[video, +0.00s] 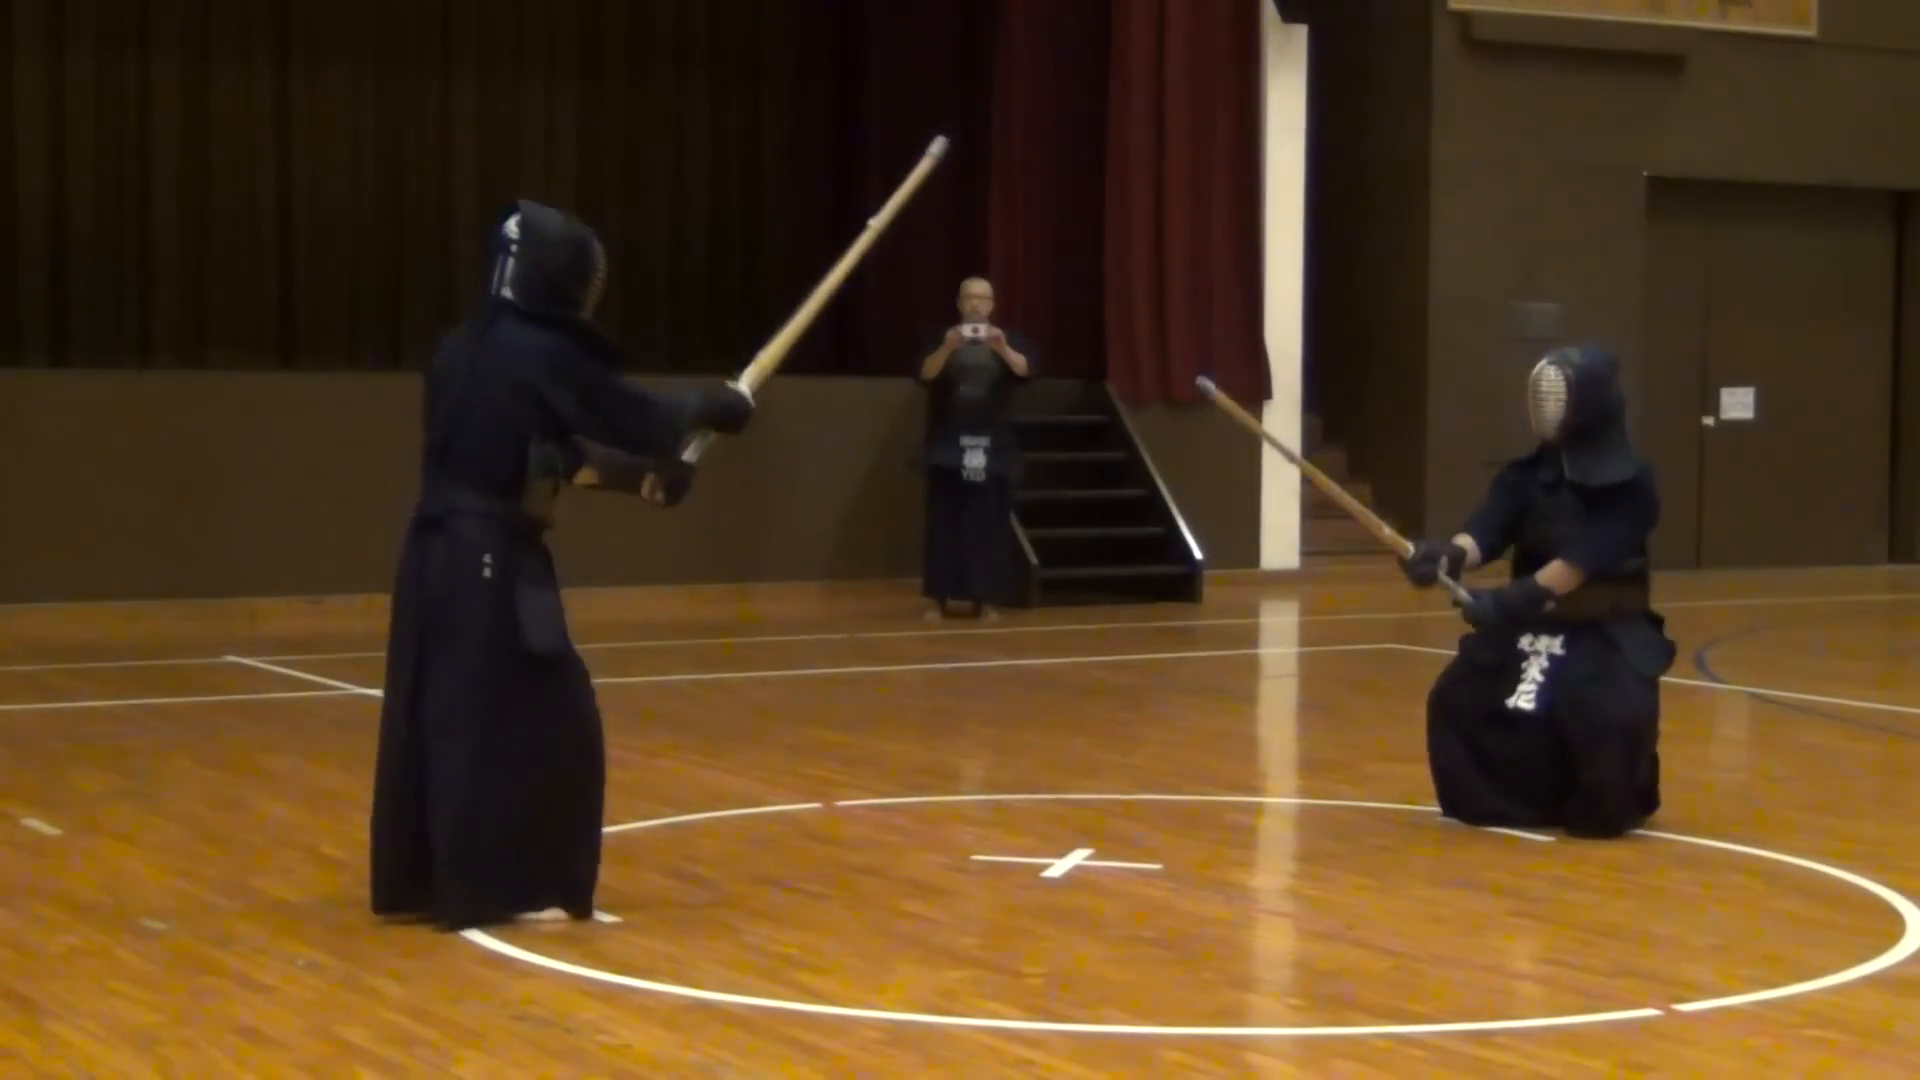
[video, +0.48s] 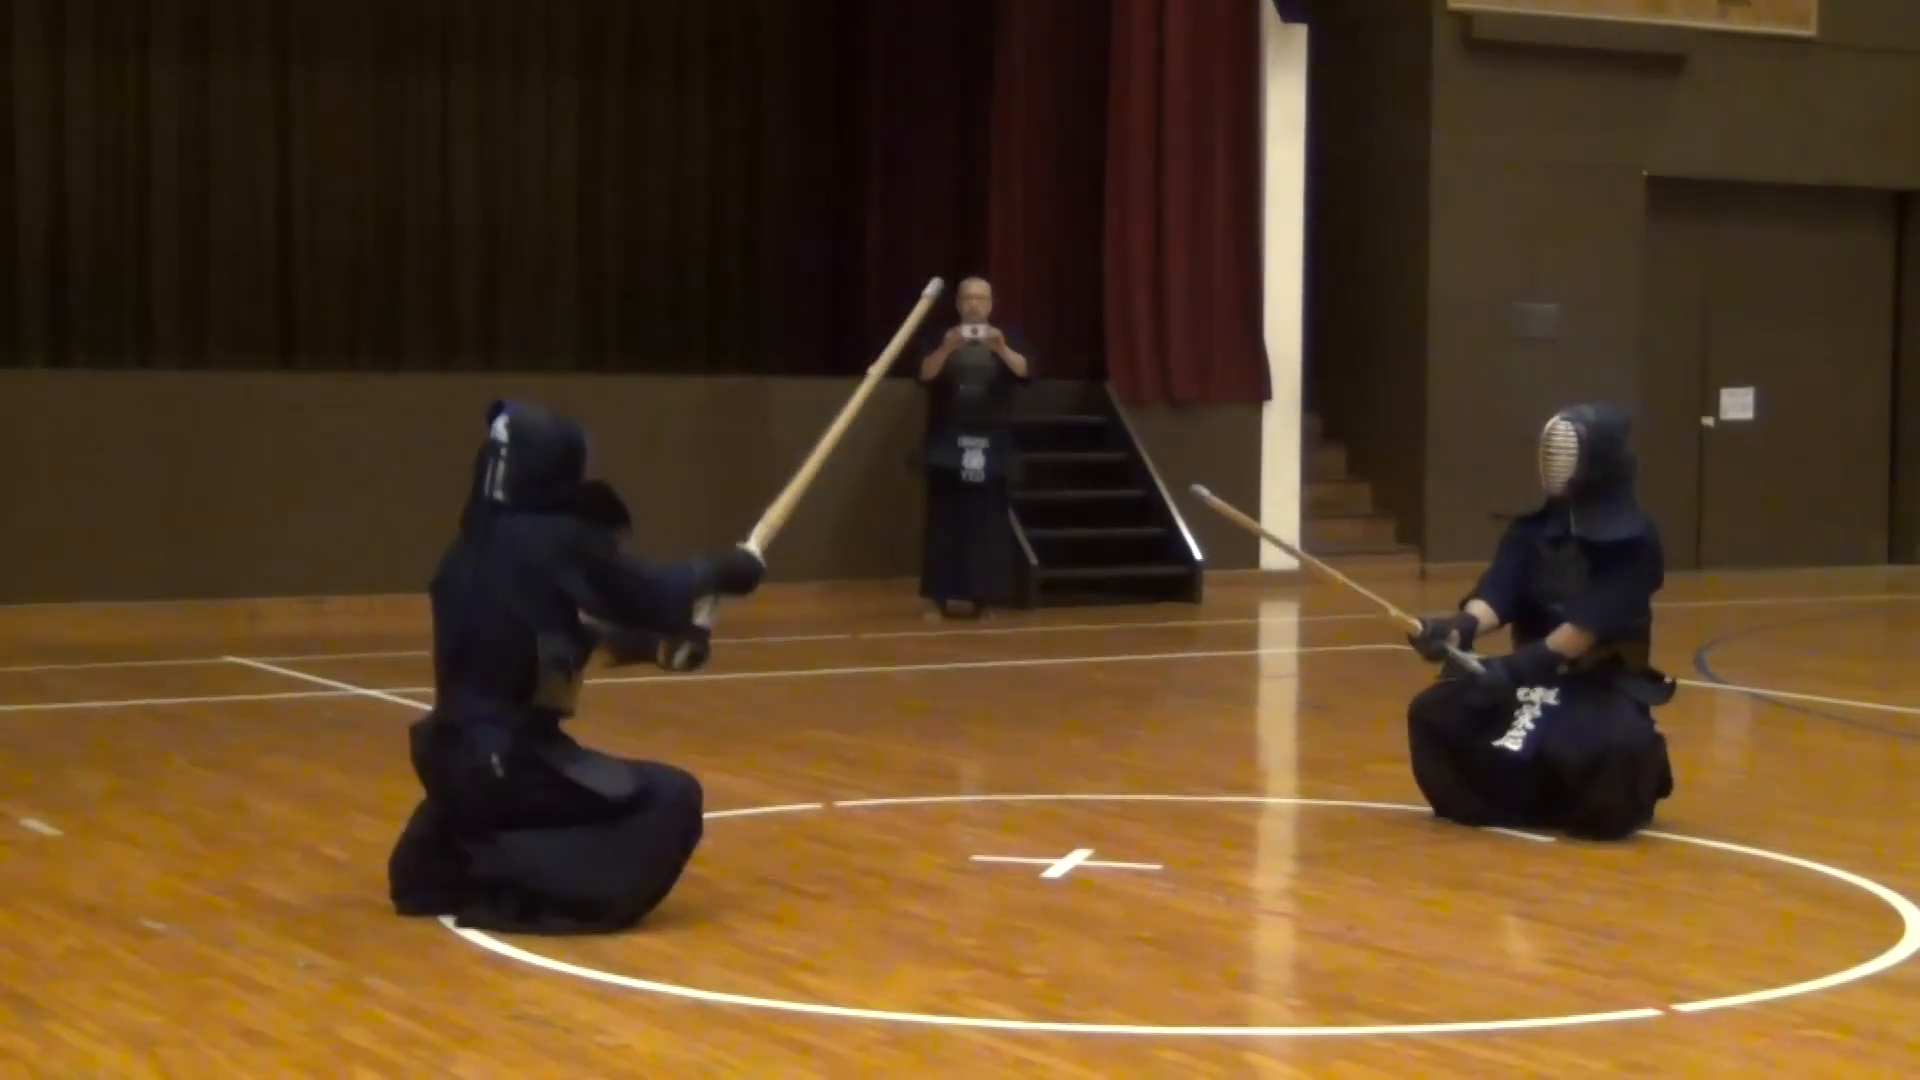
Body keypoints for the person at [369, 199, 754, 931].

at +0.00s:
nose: (595, 292)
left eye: (593, 278)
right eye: (590, 279)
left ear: (516, 275)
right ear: (567, 283)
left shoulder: (462, 347)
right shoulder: (556, 353)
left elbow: (545, 450)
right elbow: (639, 420)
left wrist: (639, 476)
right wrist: (714, 406)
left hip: (433, 555)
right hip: (496, 563)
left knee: (443, 711)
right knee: (554, 714)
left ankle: (427, 882)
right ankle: (519, 886)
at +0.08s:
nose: (597, 315)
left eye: (596, 301)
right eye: (591, 302)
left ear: (521, 300)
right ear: (565, 307)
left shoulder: (467, 370)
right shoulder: (553, 379)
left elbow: (544, 478)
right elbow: (633, 437)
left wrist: (643, 498)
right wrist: (714, 426)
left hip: (437, 582)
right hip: (497, 589)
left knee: (462, 730)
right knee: (590, 731)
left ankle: (456, 889)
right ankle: (540, 886)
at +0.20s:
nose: (595, 367)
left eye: (594, 352)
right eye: (589, 353)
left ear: (518, 350)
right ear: (561, 358)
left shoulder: (468, 426)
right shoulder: (555, 431)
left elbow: (539, 525)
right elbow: (641, 488)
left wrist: (635, 543)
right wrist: (718, 477)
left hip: (437, 628)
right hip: (498, 638)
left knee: (459, 751)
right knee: (629, 752)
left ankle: (457, 889)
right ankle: (567, 884)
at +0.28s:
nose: (583, 402)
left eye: (581, 388)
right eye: (577, 388)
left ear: (504, 387)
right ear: (558, 394)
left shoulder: (465, 466)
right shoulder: (555, 467)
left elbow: (547, 558)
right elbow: (637, 523)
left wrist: (643, 573)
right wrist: (714, 511)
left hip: (440, 670)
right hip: (501, 679)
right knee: (645, 769)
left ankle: (436, 880)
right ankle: (561, 893)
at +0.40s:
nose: (578, 450)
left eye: (574, 437)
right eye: (572, 438)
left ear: (499, 439)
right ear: (560, 445)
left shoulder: (468, 517)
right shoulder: (559, 514)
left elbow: (556, 604)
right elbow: (646, 572)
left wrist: (650, 619)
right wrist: (719, 551)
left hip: (443, 729)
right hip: (510, 739)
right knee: (666, 788)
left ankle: (433, 859)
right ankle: (542, 888)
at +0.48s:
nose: (579, 482)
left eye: (575, 469)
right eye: (571, 470)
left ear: (498, 471)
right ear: (558, 476)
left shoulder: (467, 549)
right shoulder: (557, 540)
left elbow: (555, 633)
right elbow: (643, 595)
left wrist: (653, 646)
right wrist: (724, 571)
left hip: (447, 761)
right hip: (511, 769)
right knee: (670, 800)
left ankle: (445, 856)